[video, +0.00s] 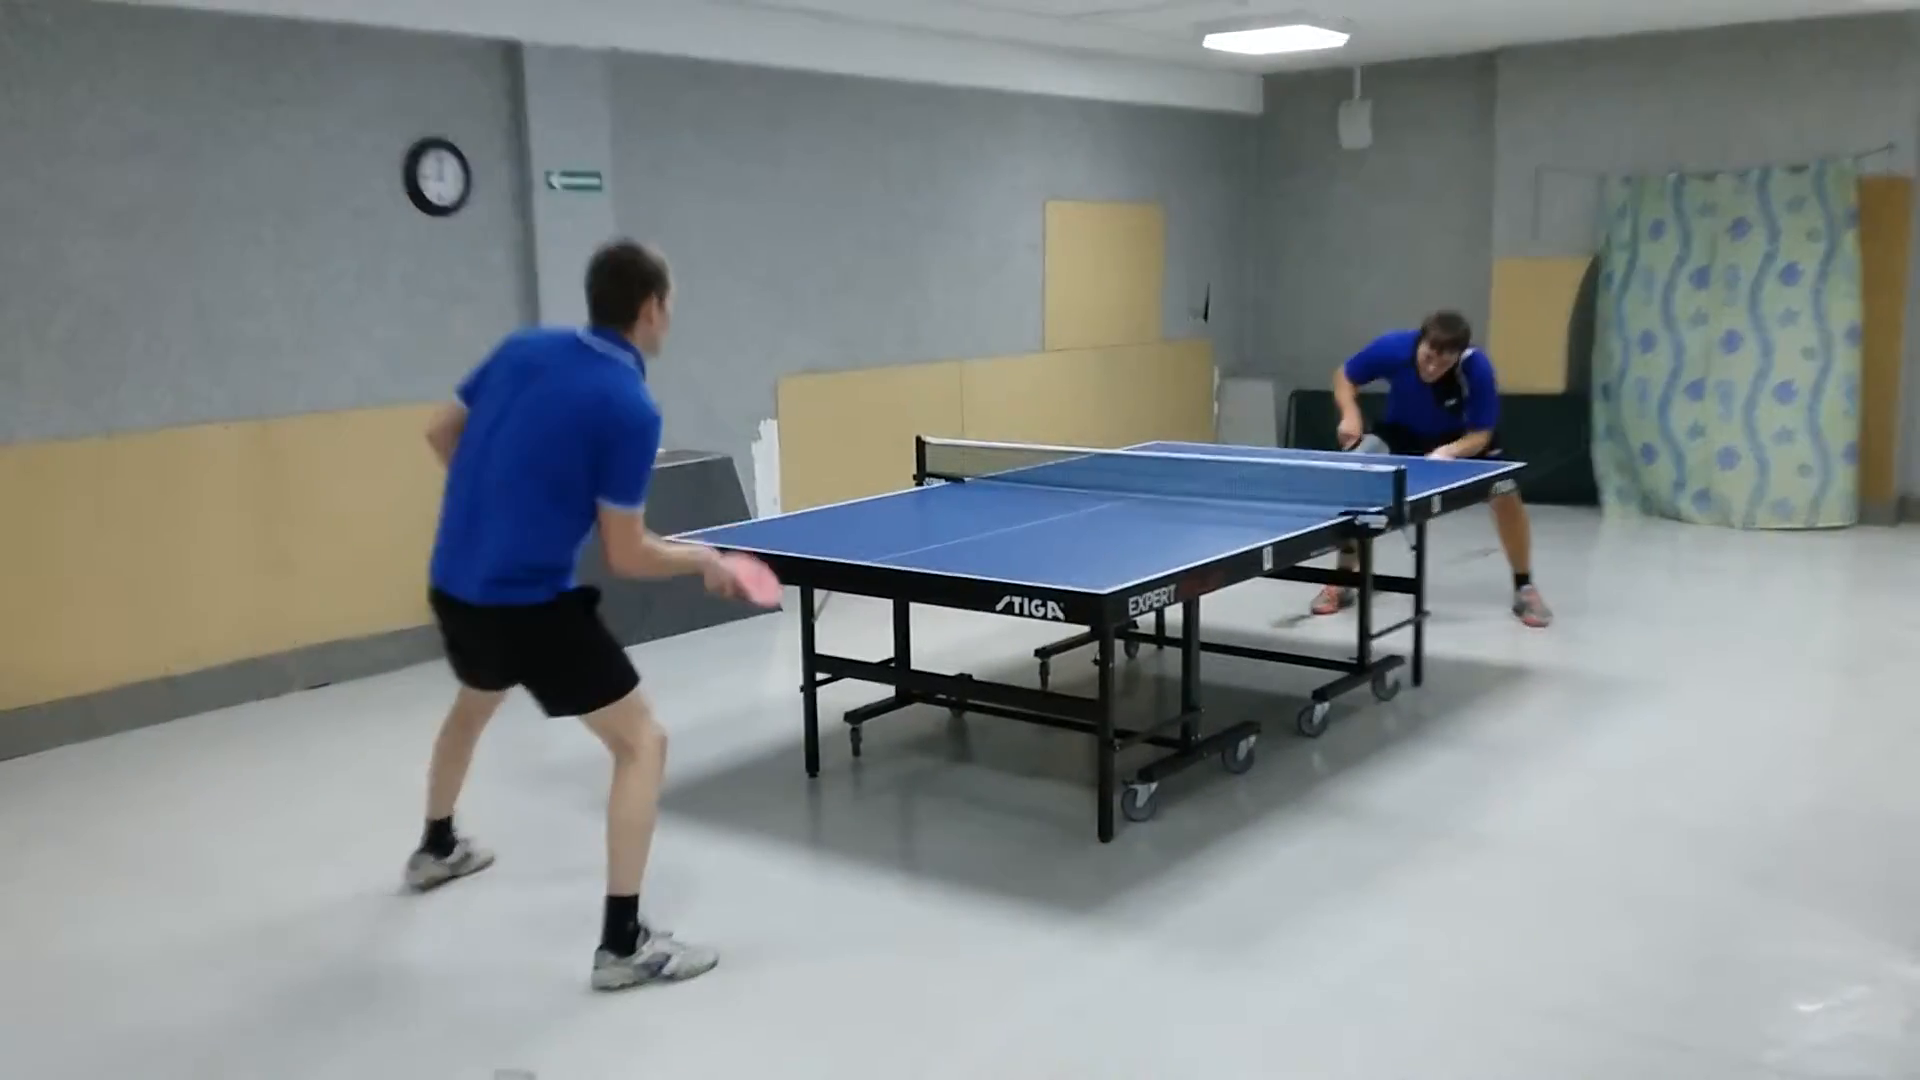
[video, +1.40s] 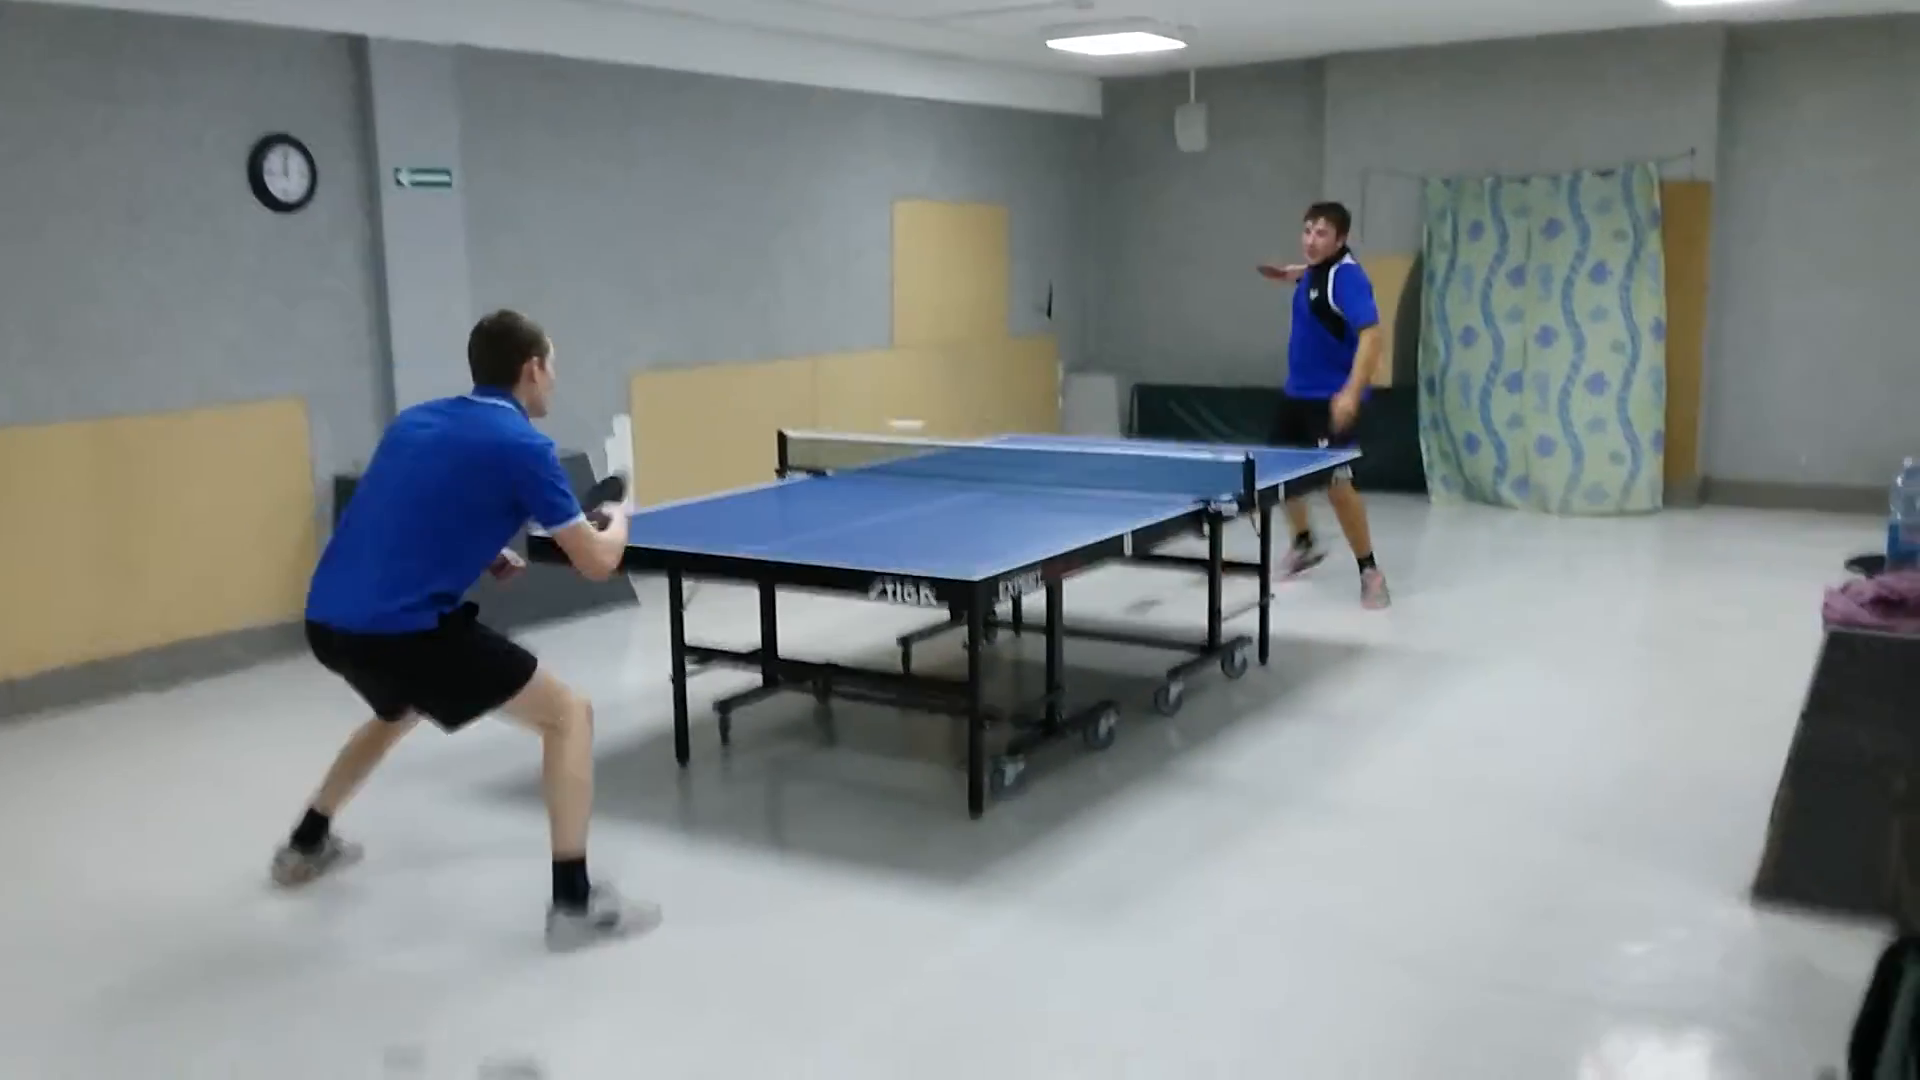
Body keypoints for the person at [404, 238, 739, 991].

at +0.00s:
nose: (669, 318)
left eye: (666, 304)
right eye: (667, 305)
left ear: (596, 303)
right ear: (650, 311)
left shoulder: (526, 348)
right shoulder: (628, 407)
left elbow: (442, 429)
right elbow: (627, 556)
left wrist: (497, 495)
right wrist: (702, 560)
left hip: (456, 582)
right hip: (534, 600)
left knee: (478, 696)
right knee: (641, 742)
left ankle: (435, 846)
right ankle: (623, 942)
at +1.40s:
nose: (552, 379)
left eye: (549, 366)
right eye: (549, 367)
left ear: (480, 370)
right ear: (532, 371)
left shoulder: (418, 419)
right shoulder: (525, 447)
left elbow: (399, 512)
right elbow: (596, 562)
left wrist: (480, 552)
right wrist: (615, 522)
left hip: (330, 620)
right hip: (408, 628)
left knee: (400, 708)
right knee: (567, 715)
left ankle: (305, 842)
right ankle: (574, 900)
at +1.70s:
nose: (511, 393)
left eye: (510, 381)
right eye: (509, 381)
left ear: (438, 386)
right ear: (493, 382)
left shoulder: (381, 437)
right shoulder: (485, 473)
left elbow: (326, 509)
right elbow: (600, 566)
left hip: (338, 658)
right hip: (409, 666)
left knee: (425, 706)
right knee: (588, 709)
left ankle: (306, 836)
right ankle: (576, 899)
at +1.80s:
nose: (472, 338)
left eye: (467, 324)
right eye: (467, 325)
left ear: (398, 334)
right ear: (450, 331)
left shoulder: (340, 385)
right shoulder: (464, 419)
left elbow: (252, 408)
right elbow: (581, 429)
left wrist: (313, 444)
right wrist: (694, 383)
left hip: (326, 615)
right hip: (406, 624)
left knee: (401, 681)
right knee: (567, 702)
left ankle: (311, 823)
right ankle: (582, 884)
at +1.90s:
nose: (410, 268)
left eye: (402, 254)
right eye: (403, 256)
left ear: (332, 267)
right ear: (388, 263)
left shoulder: (269, 327)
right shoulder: (416, 339)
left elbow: (140, 359)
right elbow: (568, 338)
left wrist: (179, 402)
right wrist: (700, 320)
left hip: (275, 582)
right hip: (367, 584)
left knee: (301, 679)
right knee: (474, 715)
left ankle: (291, 825)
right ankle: (547, 891)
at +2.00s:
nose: (360, 220)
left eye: (354, 206)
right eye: (353, 207)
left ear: (275, 218)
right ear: (330, 216)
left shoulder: (212, 291)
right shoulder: (363, 292)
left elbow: (91, 359)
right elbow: (510, 319)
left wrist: (73, 408)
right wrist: (647, 308)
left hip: (237, 555)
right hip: (338, 551)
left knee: (266, 683)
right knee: (430, 721)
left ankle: (212, 856)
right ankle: (447, 920)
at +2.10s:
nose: (307, 230)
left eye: (301, 214)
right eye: (300, 217)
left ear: (221, 230)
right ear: (277, 227)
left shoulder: (161, 315)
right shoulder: (309, 302)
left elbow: (65, 418)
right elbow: (411, 357)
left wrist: (46, 477)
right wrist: (558, 361)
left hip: (215, 587)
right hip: (318, 578)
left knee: (218, 725)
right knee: (396, 744)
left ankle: (109, 889)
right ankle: (421, 937)